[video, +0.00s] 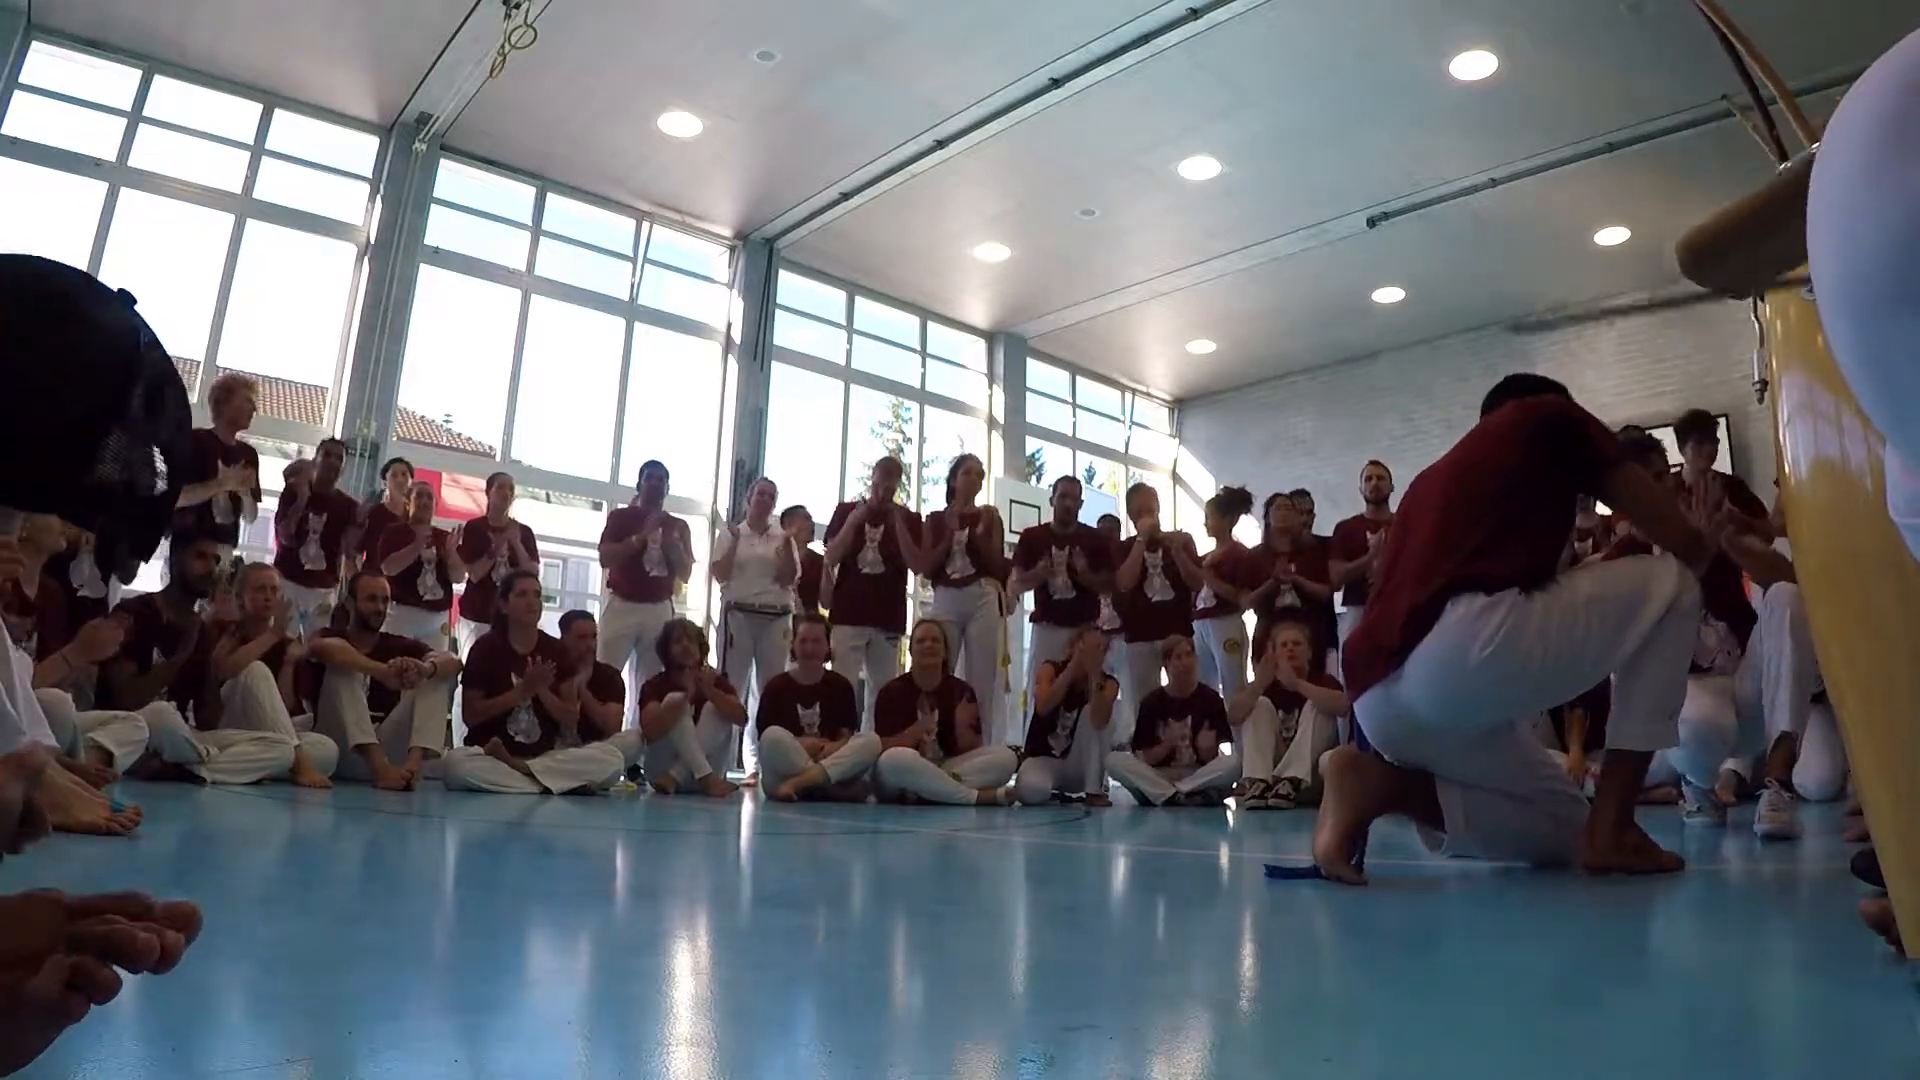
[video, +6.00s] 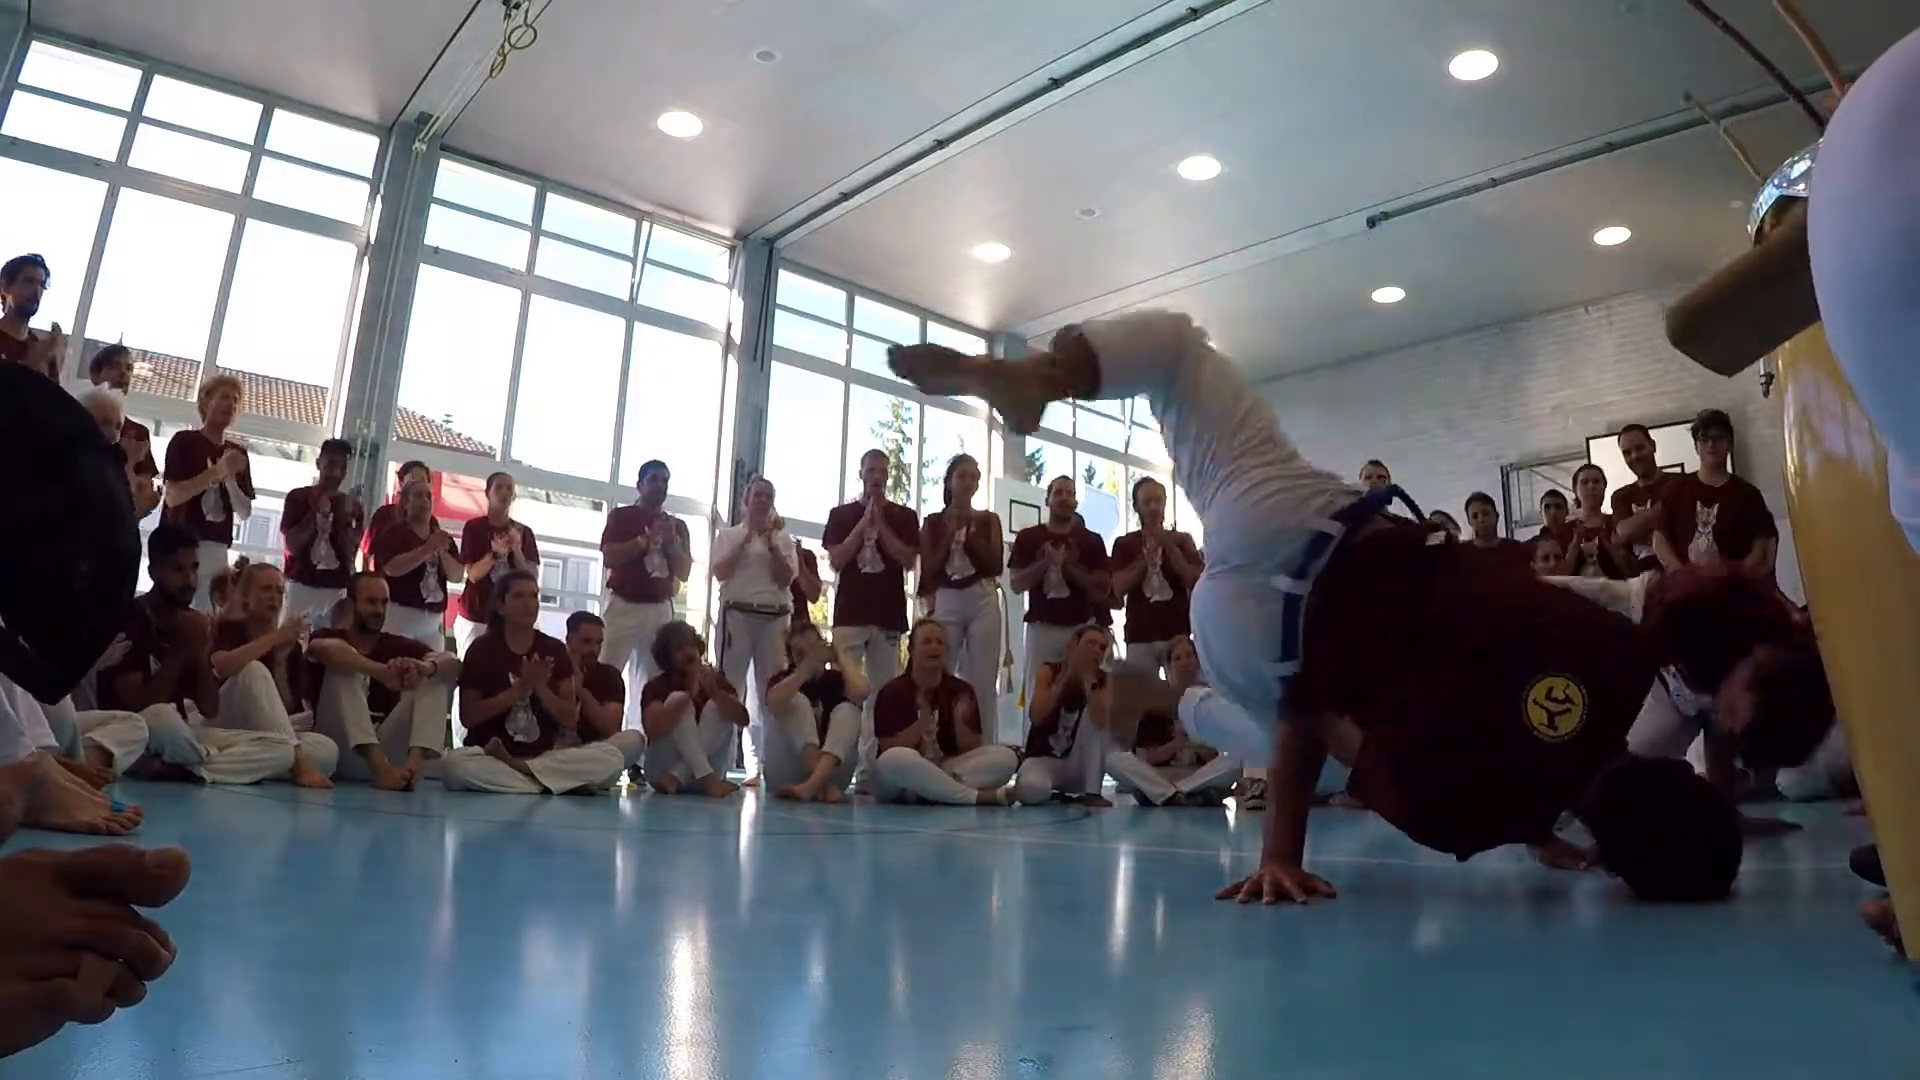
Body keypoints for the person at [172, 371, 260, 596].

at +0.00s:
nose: (254, 407)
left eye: (253, 401)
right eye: (246, 400)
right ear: (221, 404)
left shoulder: (247, 454)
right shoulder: (192, 441)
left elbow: (251, 515)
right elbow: (174, 497)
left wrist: (244, 489)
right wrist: (221, 484)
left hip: (224, 549)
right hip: (187, 544)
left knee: (213, 619)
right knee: (179, 616)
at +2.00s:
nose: (226, 401)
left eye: (231, 396)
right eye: (219, 394)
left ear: (236, 407)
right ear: (202, 401)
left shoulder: (239, 454)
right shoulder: (184, 441)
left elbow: (241, 516)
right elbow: (164, 498)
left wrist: (244, 490)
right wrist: (203, 487)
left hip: (216, 546)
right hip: (178, 542)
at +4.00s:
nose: (229, 404)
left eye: (235, 401)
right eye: (223, 398)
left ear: (239, 410)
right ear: (204, 404)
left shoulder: (238, 456)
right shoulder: (184, 442)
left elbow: (244, 516)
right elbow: (171, 498)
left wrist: (229, 492)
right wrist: (213, 482)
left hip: (218, 548)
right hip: (181, 545)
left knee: (214, 621)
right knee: (173, 619)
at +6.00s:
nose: (229, 404)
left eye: (234, 400)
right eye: (223, 397)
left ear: (237, 408)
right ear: (205, 403)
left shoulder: (237, 453)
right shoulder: (183, 440)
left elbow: (245, 512)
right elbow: (172, 497)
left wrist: (230, 478)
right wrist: (218, 472)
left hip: (216, 546)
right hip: (179, 542)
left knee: (208, 618)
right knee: (171, 612)